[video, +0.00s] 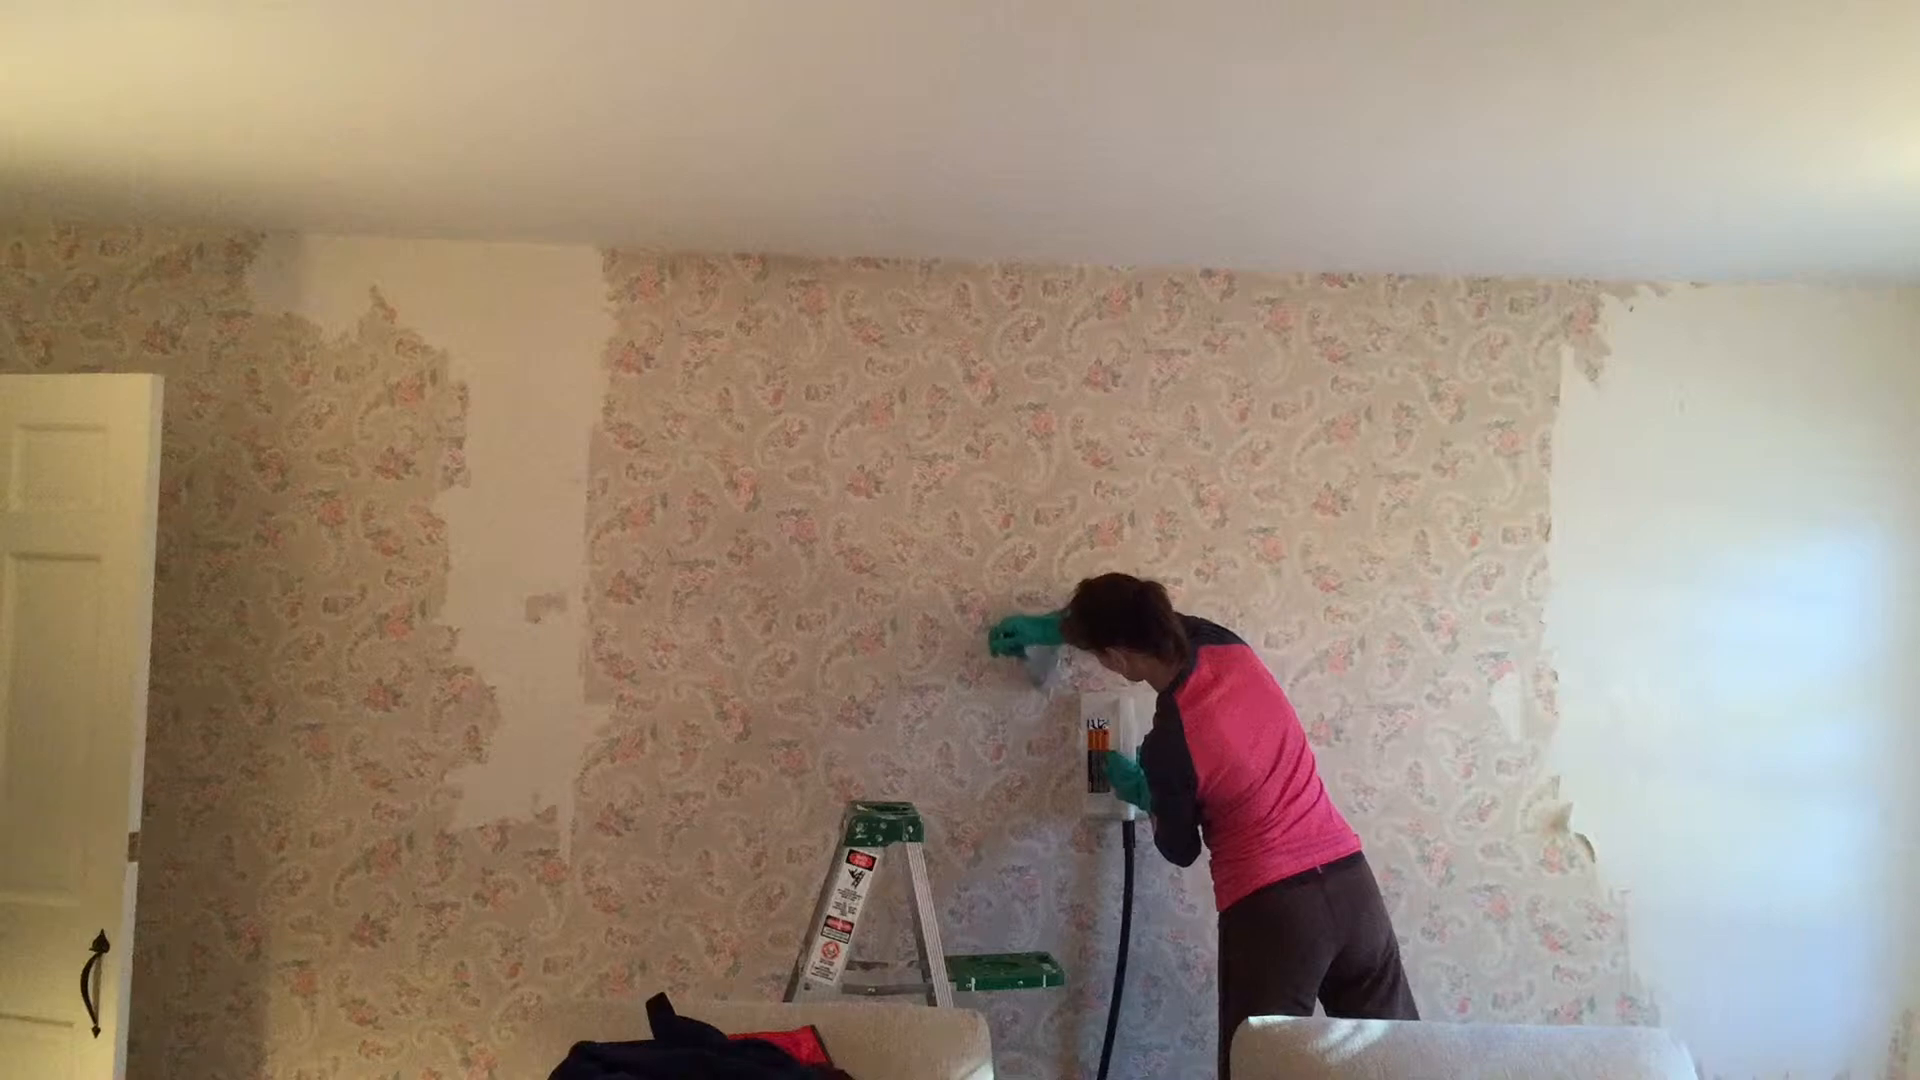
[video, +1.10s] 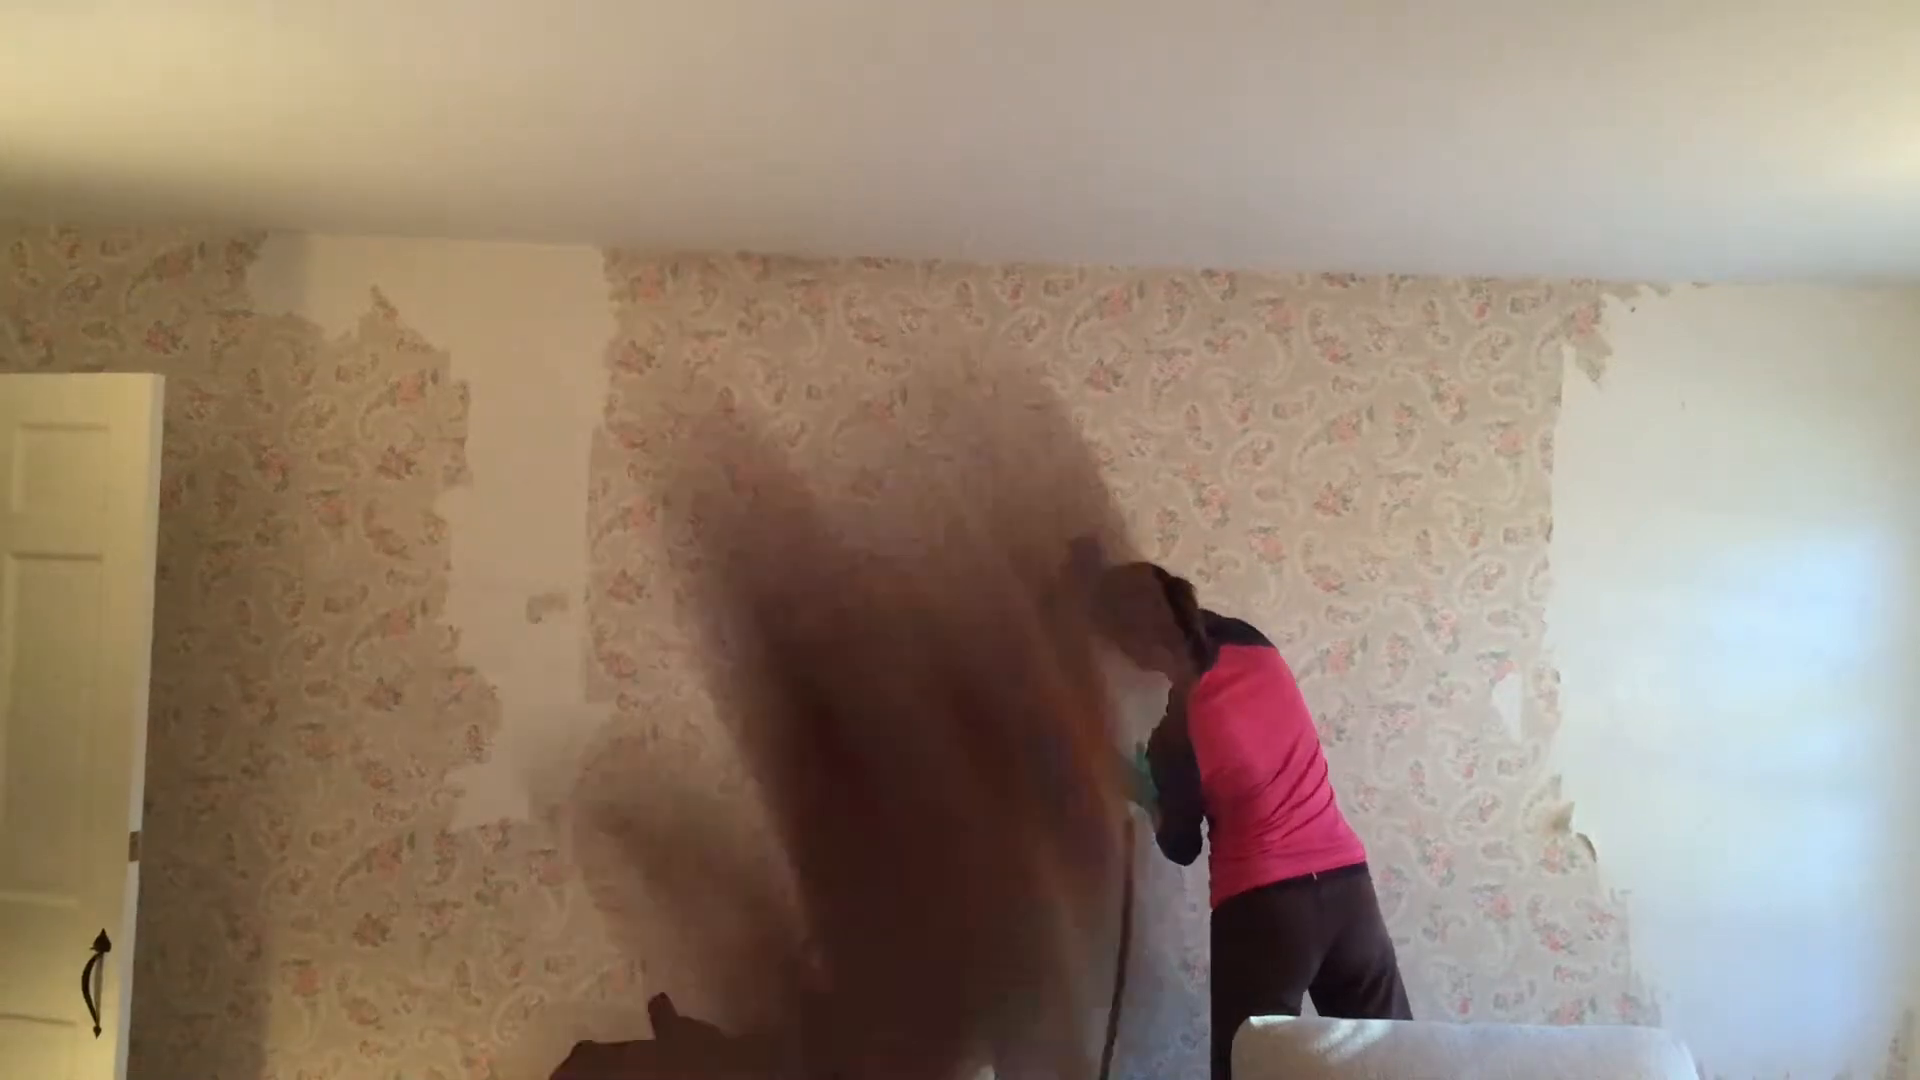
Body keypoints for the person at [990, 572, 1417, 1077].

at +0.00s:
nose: (1106, 666)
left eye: (1103, 653)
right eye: (1098, 655)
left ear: (1122, 651)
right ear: (1157, 615)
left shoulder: (1168, 738)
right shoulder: (1232, 648)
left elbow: (1180, 847)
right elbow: (1139, 616)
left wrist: (1139, 791)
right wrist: (1045, 628)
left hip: (1270, 916)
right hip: (1352, 889)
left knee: (1254, 1069)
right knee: (1401, 1059)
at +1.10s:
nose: (1124, 655)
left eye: (1122, 641)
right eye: (1117, 641)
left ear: (1139, 643)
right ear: (1187, 609)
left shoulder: (1174, 733)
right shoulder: (1261, 652)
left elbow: (1182, 847)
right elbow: (1192, 618)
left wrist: (1155, 797)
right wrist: (1105, 581)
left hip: (1261, 916)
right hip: (1349, 895)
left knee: (1247, 1073)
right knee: (1392, 1063)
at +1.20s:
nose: (1139, 646)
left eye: (1134, 636)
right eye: (1133, 637)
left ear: (1153, 636)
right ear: (1200, 602)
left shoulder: (1184, 728)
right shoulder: (1272, 646)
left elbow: (1177, 835)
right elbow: (1206, 611)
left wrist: (1137, 775)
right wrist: (1155, 576)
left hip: (1260, 916)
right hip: (1349, 900)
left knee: (1245, 1074)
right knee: (1385, 1066)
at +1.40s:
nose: (1166, 625)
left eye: (1164, 613)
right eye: (1164, 613)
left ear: (1184, 619)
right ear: (1240, 594)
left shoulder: (1198, 713)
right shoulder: (1312, 659)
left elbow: (1169, 814)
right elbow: (1264, 628)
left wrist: (1126, 745)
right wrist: (1228, 577)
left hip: (1256, 917)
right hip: (1350, 907)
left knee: (1243, 1074)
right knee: (1378, 1069)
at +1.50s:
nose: (1181, 621)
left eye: (1180, 607)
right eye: (1178, 608)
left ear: (1203, 610)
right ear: (1258, 595)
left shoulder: (1207, 709)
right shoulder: (1323, 660)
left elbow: (1169, 804)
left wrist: (1127, 736)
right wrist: (1286, 639)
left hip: (1258, 917)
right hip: (1353, 911)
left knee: (1245, 1074)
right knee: (1380, 1070)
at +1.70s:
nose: (1212, 610)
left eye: (1211, 596)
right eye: (1208, 596)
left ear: (1233, 600)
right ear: (1288, 590)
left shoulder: (1228, 699)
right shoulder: (1354, 678)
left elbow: (1169, 783)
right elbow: (1414, 766)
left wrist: (1124, 714)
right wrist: (1351, 669)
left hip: (1263, 917)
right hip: (1358, 914)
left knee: (1251, 1074)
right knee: (1381, 1071)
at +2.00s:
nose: (1241, 608)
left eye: (1249, 594)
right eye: (1241, 594)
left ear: (1296, 599)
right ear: (1302, 597)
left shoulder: (1264, 691)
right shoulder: (1393, 685)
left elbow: (1180, 768)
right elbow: (1451, 804)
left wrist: (1129, 712)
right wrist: (1399, 735)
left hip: (1278, 920)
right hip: (1374, 922)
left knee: (1262, 1075)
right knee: (1385, 1074)